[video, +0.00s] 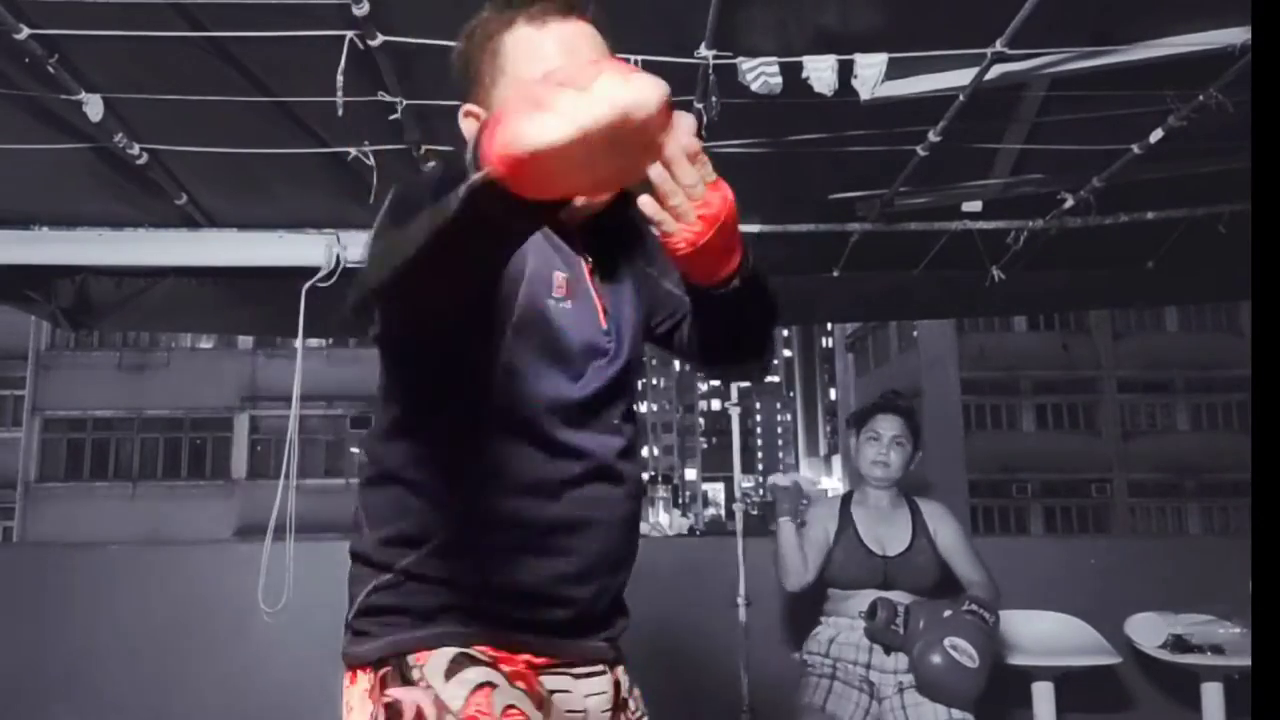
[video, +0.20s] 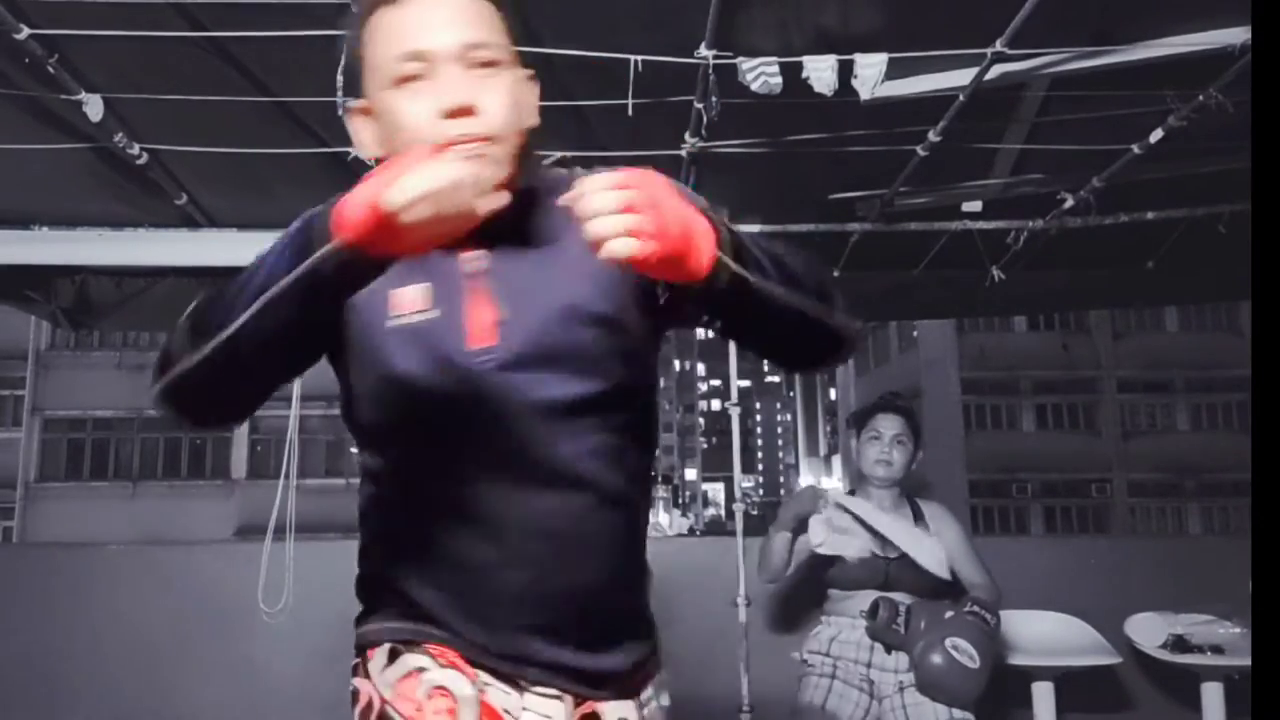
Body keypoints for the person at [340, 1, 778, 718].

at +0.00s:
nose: (586, 114)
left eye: (599, 88)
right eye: (553, 90)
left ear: (623, 96)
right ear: (478, 127)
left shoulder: (625, 241)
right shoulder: (437, 211)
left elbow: (738, 351)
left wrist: (720, 260)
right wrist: (508, 186)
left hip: (585, 652)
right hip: (437, 646)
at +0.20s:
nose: (455, 98)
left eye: (483, 64)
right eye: (413, 76)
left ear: (533, 101)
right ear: (363, 126)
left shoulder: (621, 224)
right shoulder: (343, 252)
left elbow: (825, 338)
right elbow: (194, 392)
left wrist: (711, 254)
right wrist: (347, 238)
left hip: (605, 669)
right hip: (433, 654)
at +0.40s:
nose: (407, 105)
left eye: (434, 66)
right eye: (361, 83)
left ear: (486, 92)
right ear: (318, 135)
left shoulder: (604, 200)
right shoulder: (319, 259)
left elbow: (782, 358)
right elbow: (180, 458)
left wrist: (644, 254)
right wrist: (294, 303)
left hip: (625, 659)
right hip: (441, 655)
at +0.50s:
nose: (563, 106)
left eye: (579, 76)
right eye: (515, 79)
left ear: (603, 91)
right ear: (432, 120)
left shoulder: (639, 239)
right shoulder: (376, 244)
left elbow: (809, 361)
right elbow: (283, 456)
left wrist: (726, 229)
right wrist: (424, 262)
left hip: (616, 666)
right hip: (455, 660)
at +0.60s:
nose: (674, 133)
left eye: (677, 105)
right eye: (634, 109)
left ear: (692, 109)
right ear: (539, 132)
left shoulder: (681, 258)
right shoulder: (461, 238)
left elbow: (799, 375)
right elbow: (349, 428)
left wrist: (763, 253)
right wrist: (514, 253)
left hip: (613, 646)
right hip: (468, 636)